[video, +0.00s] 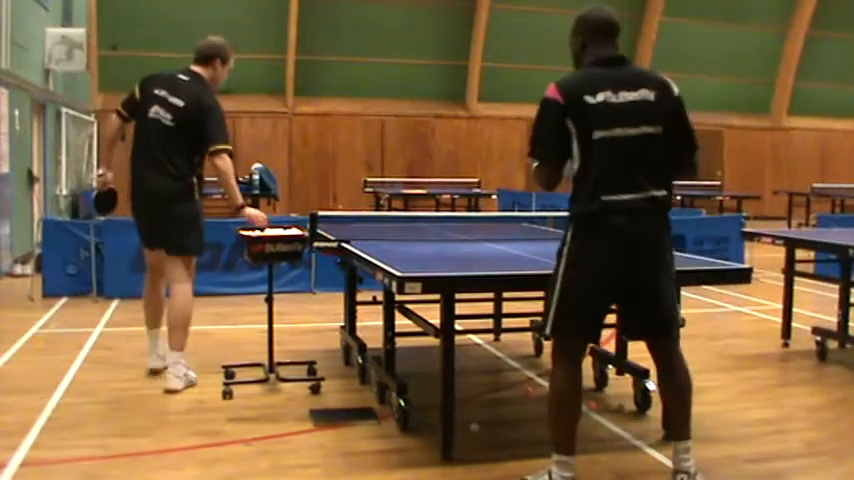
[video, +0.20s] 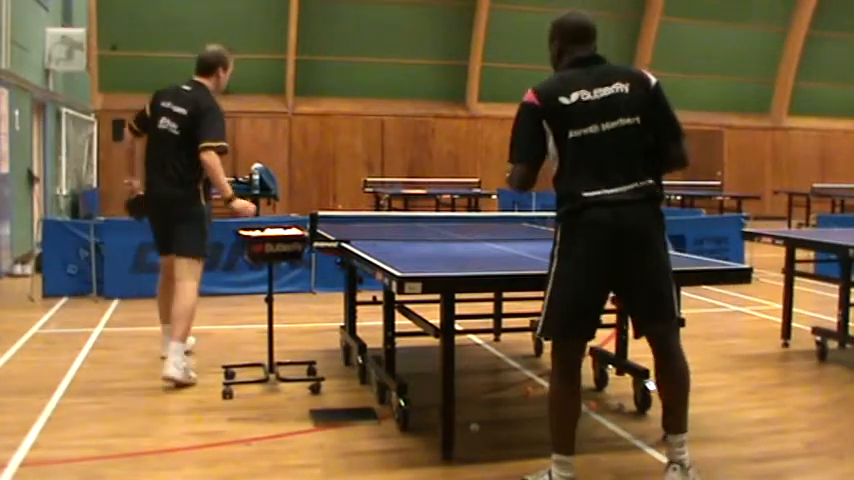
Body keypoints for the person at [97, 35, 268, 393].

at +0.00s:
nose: (226, 76)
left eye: (227, 70)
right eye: (227, 69)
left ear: (196, 59)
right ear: (217, 65)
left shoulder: (155, 81)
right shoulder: (206, 101)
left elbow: (117, 121)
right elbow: (220, 159)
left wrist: (106, 167)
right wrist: (241, 206)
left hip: (142, 192)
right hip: (177, 195)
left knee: (155, 270)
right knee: (180, 277)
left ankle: (156, 355)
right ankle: (177, 367)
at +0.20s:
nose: (228, 79)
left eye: (228, 73)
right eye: (229, 73)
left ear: (198, 68)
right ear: (220, 72)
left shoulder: (165, 95)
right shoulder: (208, 106)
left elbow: (135, 130)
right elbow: (208, 156)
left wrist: (136, 177)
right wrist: (231, 198)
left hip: (156, 196)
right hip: (186, 199)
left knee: (169, 272)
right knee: (188, 279)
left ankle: (171, 340)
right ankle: (175, 357)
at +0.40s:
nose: (232, 73)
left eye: (231, 67)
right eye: (232, 67)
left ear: (204, 64)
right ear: (223, 66)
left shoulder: (180, 89)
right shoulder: (210, 98)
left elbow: (161, 129)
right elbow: (198, 145)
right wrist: (214, 189)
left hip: (168, 188)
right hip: (194, 190)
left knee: (176, 262)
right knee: (220, 259)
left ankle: (172, 339)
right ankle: (186, 322)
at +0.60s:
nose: (245, 75)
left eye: (245, 69)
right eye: (244, 69)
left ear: (220, 68)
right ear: (236, 70)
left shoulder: (203, 95)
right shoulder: (219, 102)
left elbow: (213, 141)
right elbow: (203, 148)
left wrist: (238, 158)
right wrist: (226, 186)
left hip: (188, 190)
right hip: (210, 191)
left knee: (185, 261)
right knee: (233, 256)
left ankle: (173, 334)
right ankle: (240, 324)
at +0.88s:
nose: (273, 84)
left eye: (273, 79)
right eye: (269, 79)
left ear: (253, 81)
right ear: (252, 81)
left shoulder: (241, 105)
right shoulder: (242, 112)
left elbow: (241, 146)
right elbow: (225, 157)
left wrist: (265, 154)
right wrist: (256, 183)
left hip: (227, 193)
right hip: (238, 195)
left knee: (238, 253)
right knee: (259, 257)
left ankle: (205, 301)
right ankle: (247, 323)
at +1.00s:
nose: (279, 83)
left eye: (280, 77)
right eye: (274, 77)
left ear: (266, 81)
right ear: (257, 80)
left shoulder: (263, 107)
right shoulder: (245, 109)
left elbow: (259, 140)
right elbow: (229, 155)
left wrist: (279, 151)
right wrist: (261, 174)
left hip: (253, 187)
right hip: (238, 189)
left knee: (261, 249)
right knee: (260, 252)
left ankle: (241, 303)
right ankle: (246, 321)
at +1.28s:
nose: (295, 98)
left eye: (298, 93)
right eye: (289, 93)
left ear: (300, 95)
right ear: (275, 94)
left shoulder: (299, 122)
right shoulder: (259, 121)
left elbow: (313, 151)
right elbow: (241, 162)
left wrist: (315, 161)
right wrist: (274, 174)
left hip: (279, 191)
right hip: (252, 191)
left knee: (293, 244)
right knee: (262, 251)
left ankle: (292, 304)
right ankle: (248, 318)